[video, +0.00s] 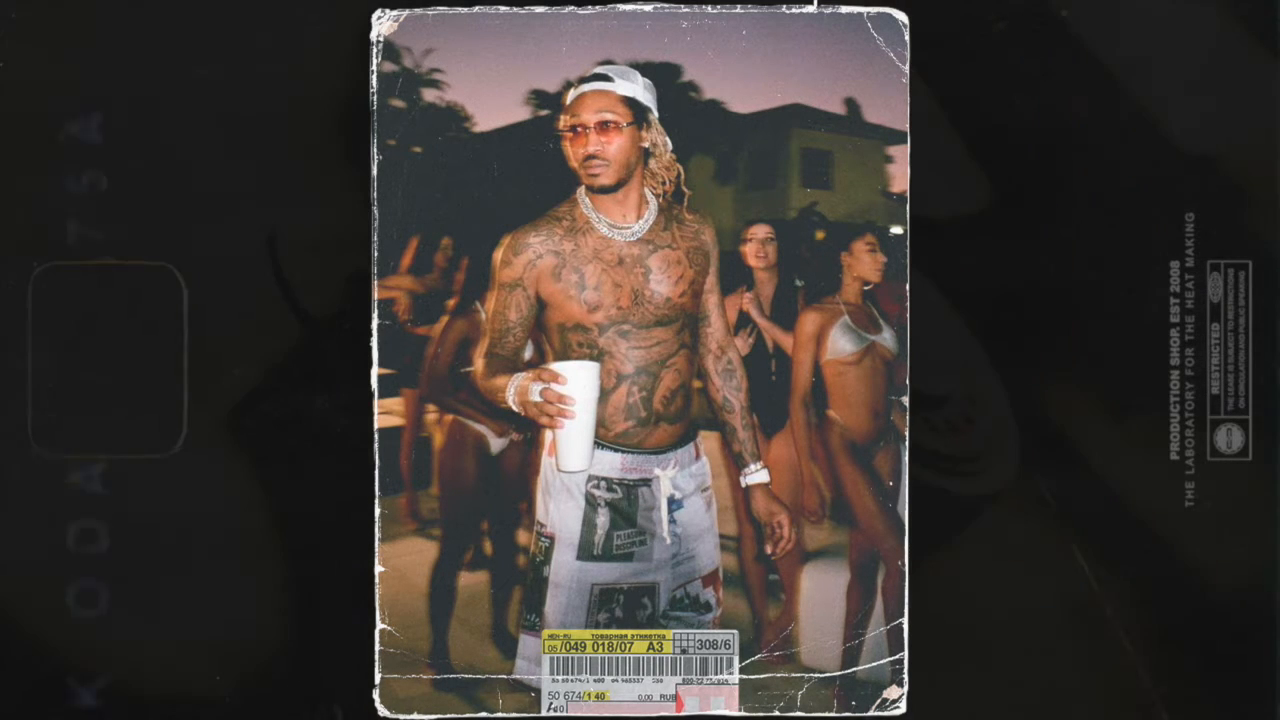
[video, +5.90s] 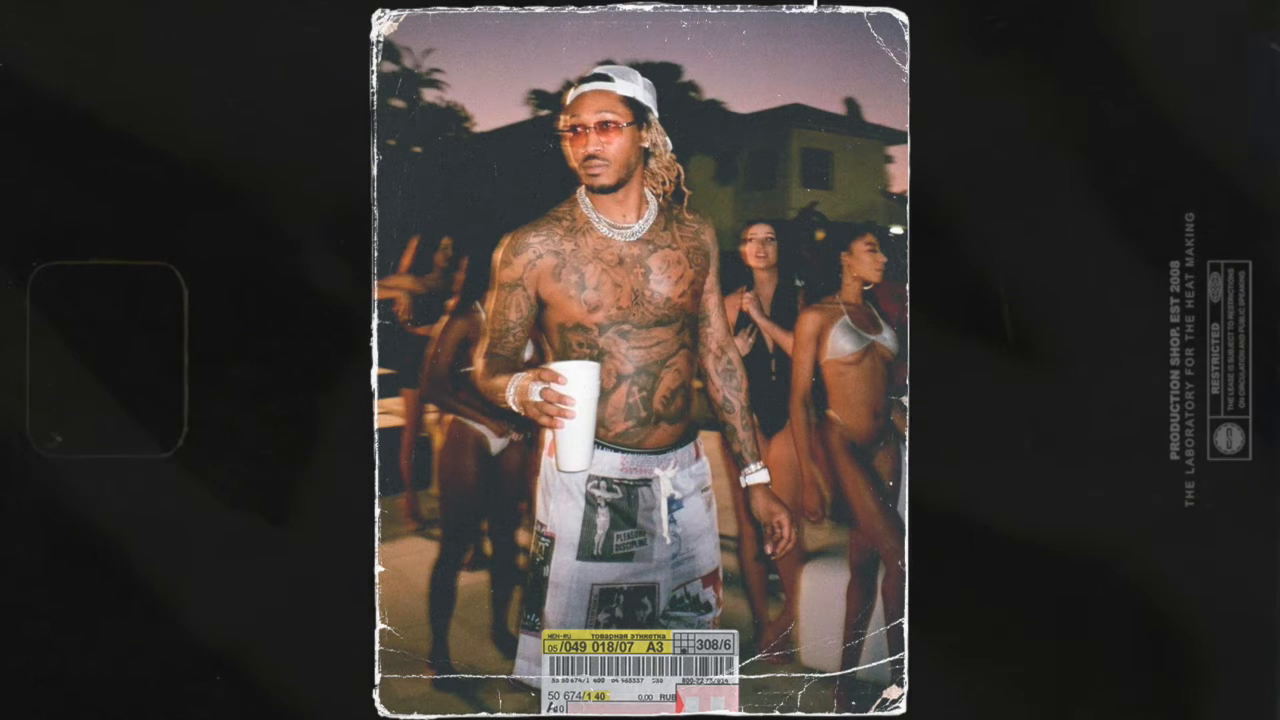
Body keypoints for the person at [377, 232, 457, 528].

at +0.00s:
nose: (445, 254)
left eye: (450, 249)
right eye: (441, 248)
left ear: (455, 254)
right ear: (431, 250)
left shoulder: (458, 275)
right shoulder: (415, 282)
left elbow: (461, 302)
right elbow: (397, 283)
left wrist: (437, 327)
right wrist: (404, 300)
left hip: (445, 349)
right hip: (417, 346)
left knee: (449, 427)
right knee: (412, 428)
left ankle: (451, 499)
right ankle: (410, 502)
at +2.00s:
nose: (446, 255)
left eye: (451, 250)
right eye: (442, 249)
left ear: (455, 255)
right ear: (431, 252)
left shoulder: (454, 283)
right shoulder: (414, 283)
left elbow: (459, 315)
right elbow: (401, 321)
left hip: (444, 354)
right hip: (416, 352)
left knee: (449, 426)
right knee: (413, 427)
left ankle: (450, 499)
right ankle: (410, 500)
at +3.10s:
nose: (446, 254)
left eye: (451, 250)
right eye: (442, 248)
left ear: (455, 255)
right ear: (430, 252)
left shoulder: (455, 282)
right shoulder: (414, 282)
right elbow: (380, 287)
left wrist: (437, 327)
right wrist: (403, 294)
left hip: (445, 352)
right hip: (416, 350)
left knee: (449, 426)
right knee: (413, 427)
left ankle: (451, 498)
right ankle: (410, 501)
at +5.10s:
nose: (446, 254)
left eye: (450, 249)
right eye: (442, 248)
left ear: (454, 254)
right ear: (430, 251)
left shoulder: (454, 280)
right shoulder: (414, 282)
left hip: (444, 347)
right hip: (416, 345)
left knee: (449, 425)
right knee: (413, 426)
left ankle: (452, 498)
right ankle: (410, 502)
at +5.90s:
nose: (446, 254)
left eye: (450, 249)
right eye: (442, 248)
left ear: (455, 253)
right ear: (431, 250)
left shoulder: (456, 277)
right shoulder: (414, 281)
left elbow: (461, 305)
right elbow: (393, 287)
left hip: (445, 349)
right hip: (416, 347)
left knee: (449, 426)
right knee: (413, 427)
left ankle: (451, 499)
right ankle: (411, 501)